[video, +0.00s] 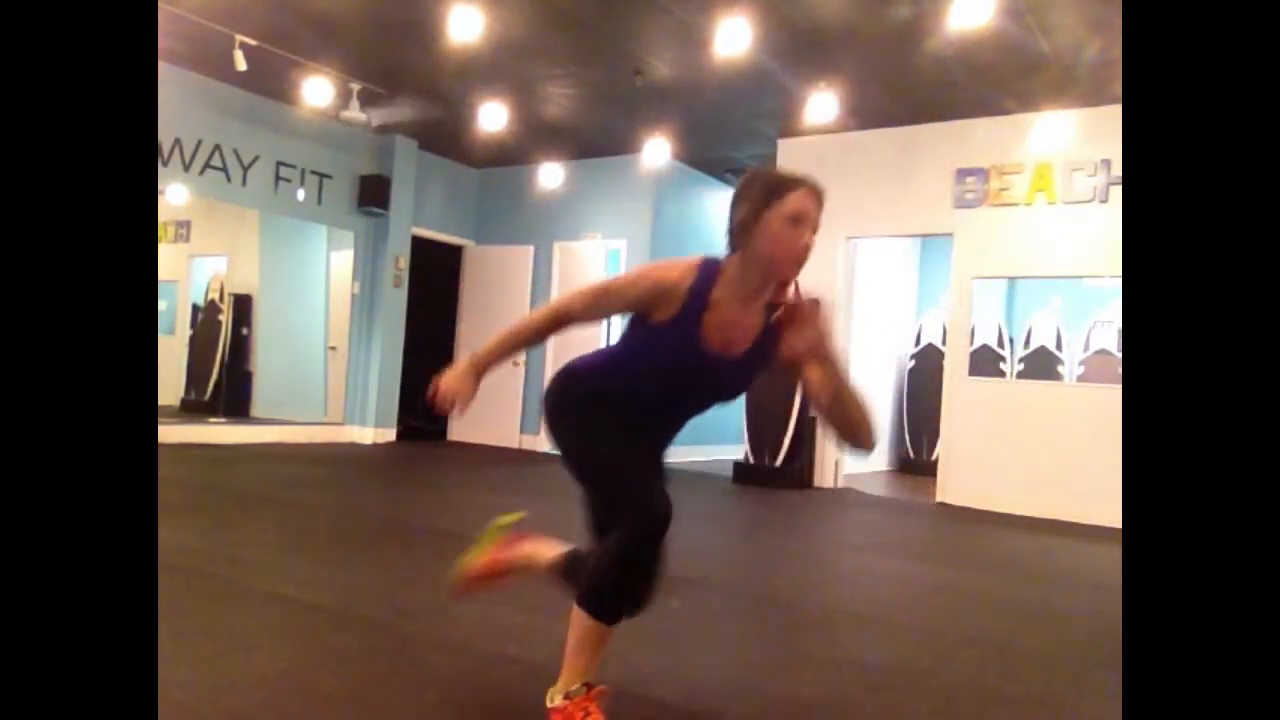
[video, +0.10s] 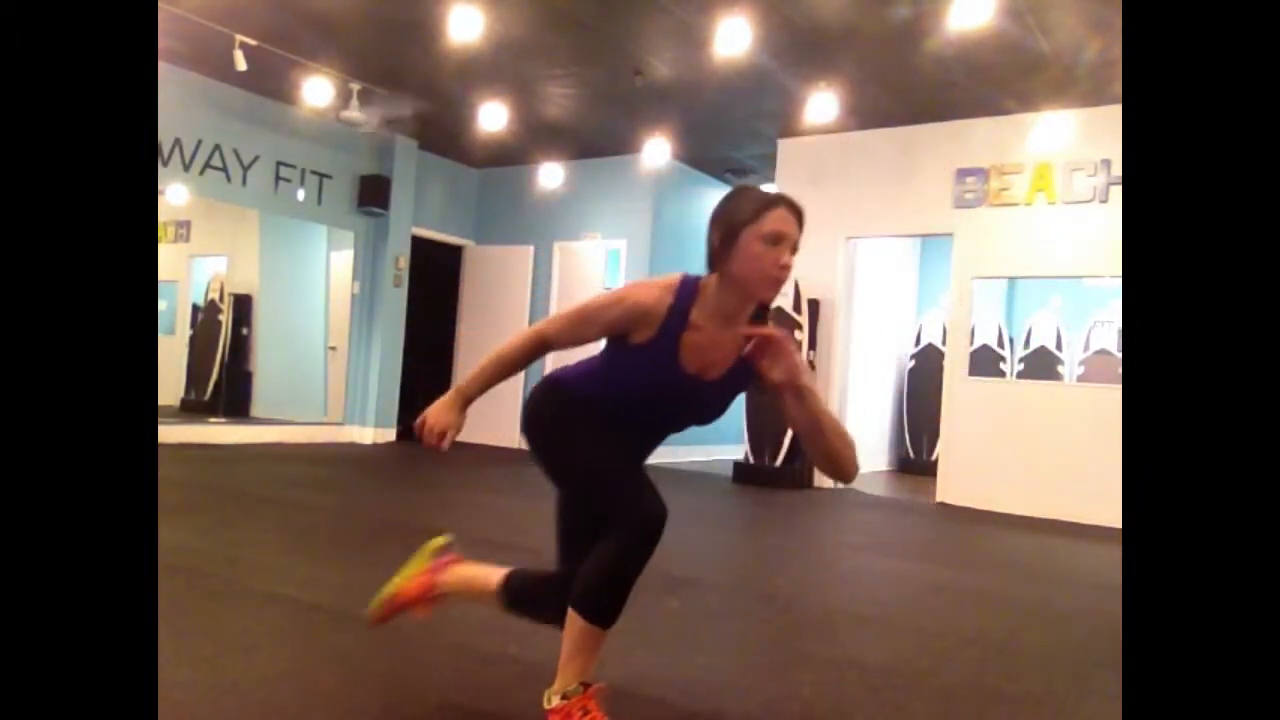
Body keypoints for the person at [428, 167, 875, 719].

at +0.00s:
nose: (807, 239)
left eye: (813, 229)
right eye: (795, 222)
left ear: (812, 241)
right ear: (750, 222)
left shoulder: (791, 326)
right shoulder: (680, 282)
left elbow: (861, 437)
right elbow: (564, 312)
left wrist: (818, 358)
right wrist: (473, 367)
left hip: (644, 434)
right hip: (586, 402)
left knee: (625, 582)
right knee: (644, 517)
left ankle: (523, 549)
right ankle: (569, 692)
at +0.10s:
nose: (785, 259)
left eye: (793, 248)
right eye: (772, 242)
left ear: (793, 261)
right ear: (725, 244)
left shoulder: (771, 344)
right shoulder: (656, 303)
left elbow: (844, 468)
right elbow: (542, 337)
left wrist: (798, 385)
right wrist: (456, 399)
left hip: (622, 445)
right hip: (566, 412)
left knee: (570, 598)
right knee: (641, 517)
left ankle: (447, 571)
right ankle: (568, 691)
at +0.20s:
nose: (775, 261)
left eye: (781, 248)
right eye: (761, 243)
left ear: (780, 261)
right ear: (713, 244)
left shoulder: (763, 346)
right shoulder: (642, 306)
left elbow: (842, 462)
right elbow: (530, 342)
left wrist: (794, 391)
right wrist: (446, 407)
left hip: (611, 446)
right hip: (553, 417)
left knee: (563, 607)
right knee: (635, 517)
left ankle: (415, 592)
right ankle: (567, 691)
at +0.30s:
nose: (770, 245)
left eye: (776, 233)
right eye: (756, 228)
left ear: (776, 243)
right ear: (709, 231)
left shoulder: (760, 333)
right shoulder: (641, 296)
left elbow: (843, 442)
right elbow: (526, 341)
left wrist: (796, 379)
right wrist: (440, 407)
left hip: (606, 440)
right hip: (550, 410)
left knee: (576, 597)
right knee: (631, 513)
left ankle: (418, 604)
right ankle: (567, 690)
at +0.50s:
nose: (771, 199)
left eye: (776, 188)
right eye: (757, 183)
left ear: (777, 200)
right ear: (711, 188)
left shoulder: (762, 294)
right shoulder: (652, 262)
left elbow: (764, 402)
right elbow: (581, 374)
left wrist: (760, 379)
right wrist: (519, 475)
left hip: (632, 418)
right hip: (573, 399)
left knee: (666, 557)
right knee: (639, 528)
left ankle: (498, 615)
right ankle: (568, 690)